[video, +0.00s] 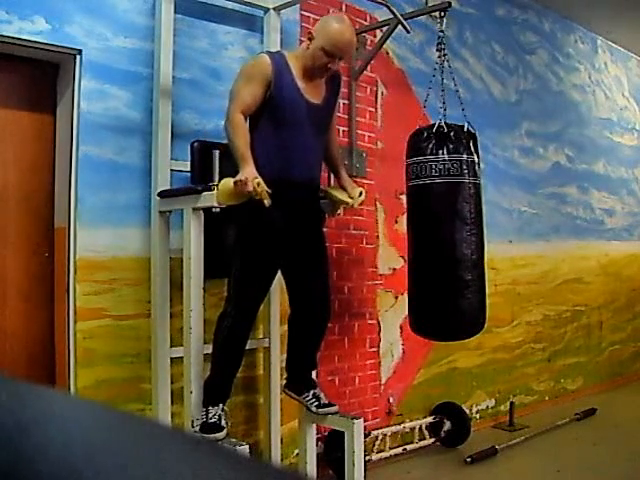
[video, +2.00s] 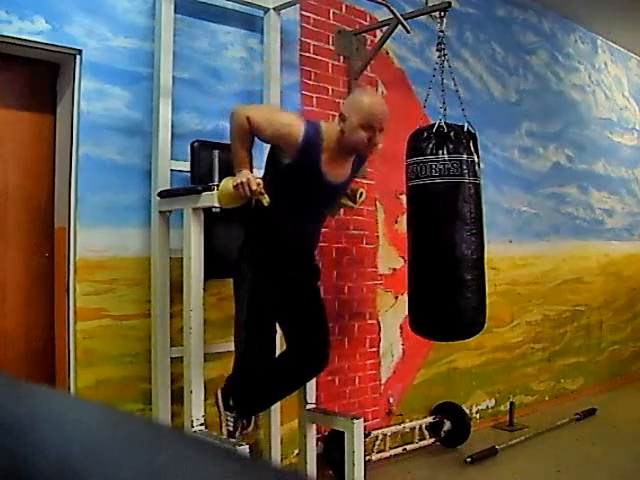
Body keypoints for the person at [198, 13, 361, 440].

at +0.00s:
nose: (333, 65)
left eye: (339, 61)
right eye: (329, 56)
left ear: (344, 58)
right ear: (311, 39)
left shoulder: (331, 84)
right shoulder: (265, 67)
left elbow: (325, 134)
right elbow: (236, 115)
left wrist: (343, 175)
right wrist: (246, 166)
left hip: (304, 208)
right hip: (262, 205)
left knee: (314, 303)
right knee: (241, 308)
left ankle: (300, 381)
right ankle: (213, 404)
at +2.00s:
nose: (375, 139)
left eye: (380, 131)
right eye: (368, 129)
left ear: (382, 130)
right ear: (342, 120)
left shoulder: (358, 155)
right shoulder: (300, 134)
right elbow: (243, 116)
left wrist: (344, 190)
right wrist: (243, 170)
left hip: (300, 260)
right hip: (260, 255)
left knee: (312, 353)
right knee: (256, 352)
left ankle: (236, 400)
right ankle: (237, 421)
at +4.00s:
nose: (373, 128)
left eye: (377, 118)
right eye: (365, 117)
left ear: (379, 116)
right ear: (339, 108)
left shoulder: (354, 150)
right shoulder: (296, 128)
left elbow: (318, 180)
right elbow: (238, 119)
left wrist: (339, 192)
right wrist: (244, 172)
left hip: (296, 256)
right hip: (258, 252)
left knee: (320, 339)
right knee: (261, 344)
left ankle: (255, 406)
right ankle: (261, 428)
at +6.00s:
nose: (368, 116)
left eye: (373, 107)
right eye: (363, 105)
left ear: (372, 106)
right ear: (337, 96)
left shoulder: (351, 138)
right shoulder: (293, 117)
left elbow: (312, 172)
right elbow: (236, 119)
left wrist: (336, 190)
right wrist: (243, 171)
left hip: (297, 248)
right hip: (259, 243)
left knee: (322, 329)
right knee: (260, 337)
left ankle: (257, 391)